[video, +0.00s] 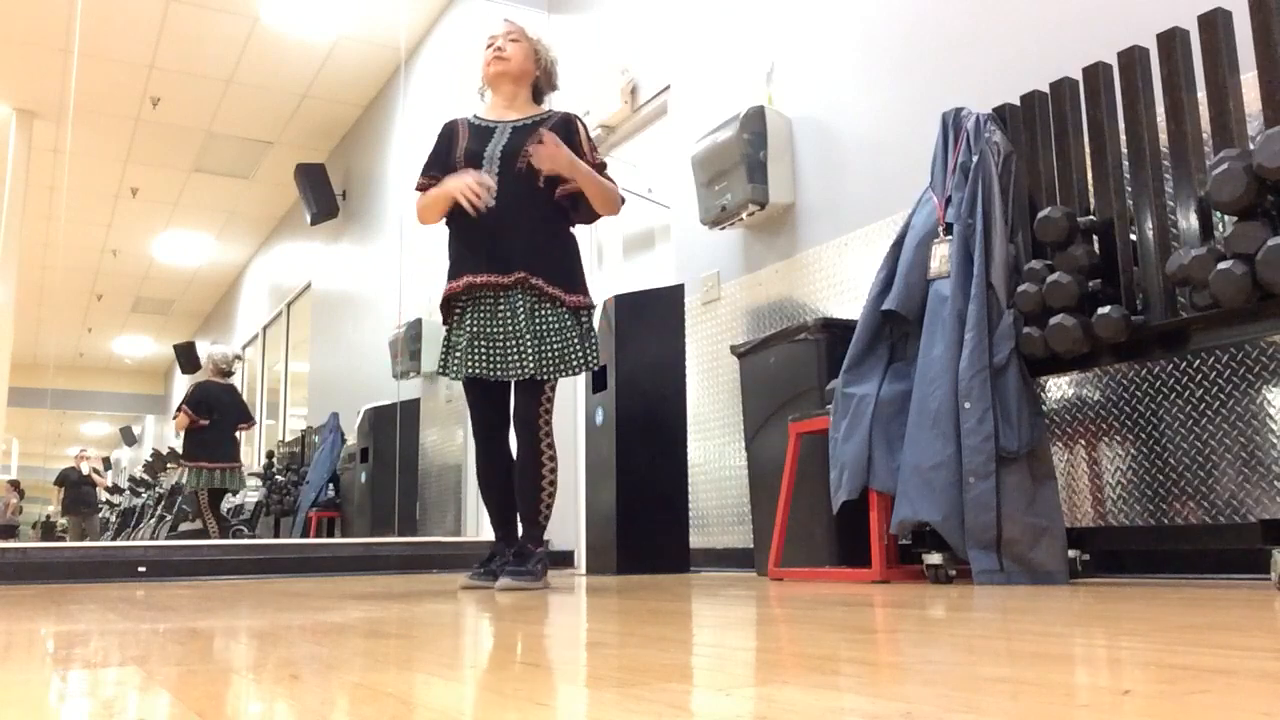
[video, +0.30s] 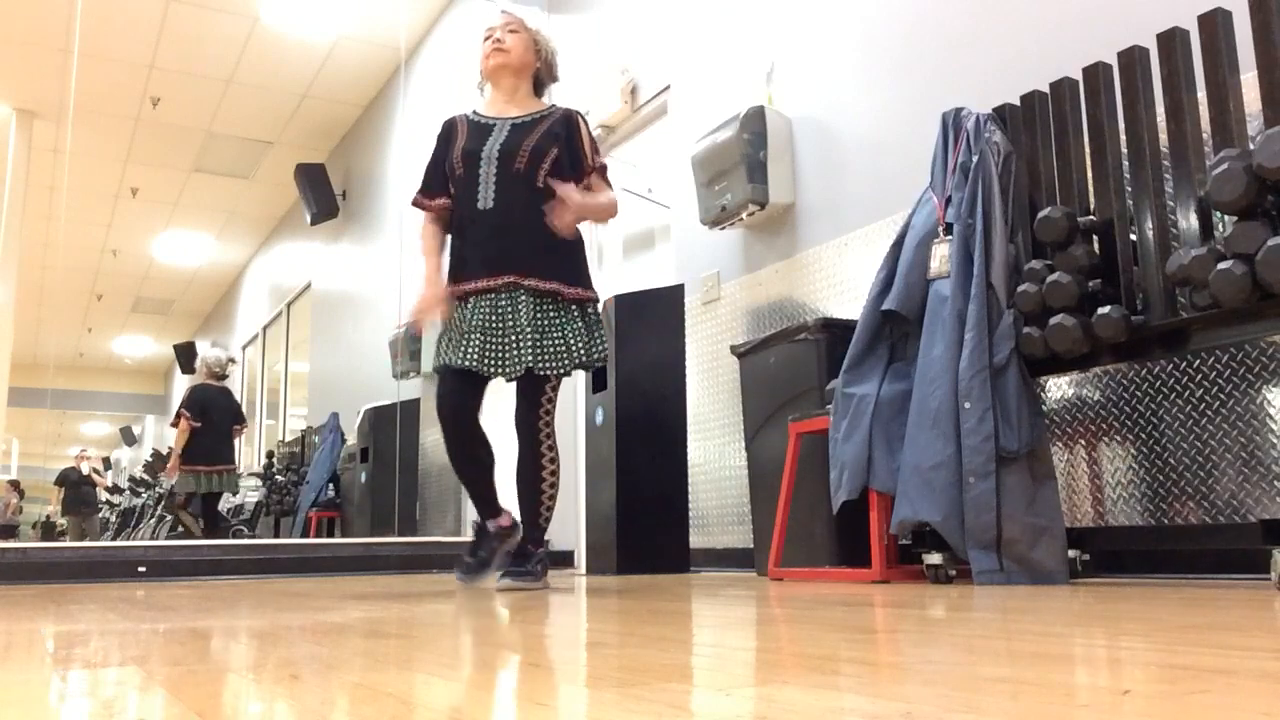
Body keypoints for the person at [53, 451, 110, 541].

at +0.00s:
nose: (84, 460)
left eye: (86, 458)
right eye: (81, 458)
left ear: (89, 460)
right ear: (76, 459)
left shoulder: (93, 471)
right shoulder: (67, 472)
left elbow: (103, 484)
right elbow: (58, 490)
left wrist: (91, 473)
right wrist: (56, 507)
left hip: (91, 512)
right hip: (73, 512)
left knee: (95, 540)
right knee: (74, 541)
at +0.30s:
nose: (84, 460)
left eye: (87, 458)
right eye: (82, 458)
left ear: (90, 460)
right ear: (76, 459)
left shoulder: (94, 471)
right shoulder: (67, 472)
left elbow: (103, 484)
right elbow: (58, 490)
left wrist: (91, 473)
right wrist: (54, 507)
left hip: (91, 512)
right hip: (73, 513)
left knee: (95, 540)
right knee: (74, 542)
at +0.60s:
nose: (85, 461)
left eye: (87, 458)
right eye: (82, 458)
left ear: (90, 460)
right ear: (76, 459)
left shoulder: (94, 471)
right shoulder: (67, 472)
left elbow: (103, 484)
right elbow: (58, 490)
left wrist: (91, 473)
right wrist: (56, 507)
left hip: (91, 512)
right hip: (73, 512)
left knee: (95, 539)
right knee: (74, 540)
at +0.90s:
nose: (85, 461)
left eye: (87, 458)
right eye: (82, 458)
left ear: (90, 460)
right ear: (76, 459)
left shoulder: (94, 471)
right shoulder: (67, 472)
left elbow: (103, 484)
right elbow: (58, 489)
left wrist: (92, 474)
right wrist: (56, 507)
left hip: (91, 512)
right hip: (73, 512)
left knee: (95, 539)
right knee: (74, 540)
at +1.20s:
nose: (85, 461)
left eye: (87, 458)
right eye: (82, 458)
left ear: (90, 459)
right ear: (76, 459)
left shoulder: (94, 471)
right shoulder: (67, 472)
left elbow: (103, 484)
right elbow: (58, 489)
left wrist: (91, 473)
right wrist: (55, 507)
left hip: (91, 512)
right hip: (73, 512)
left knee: (95, 539)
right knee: (74, 540)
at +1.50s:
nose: (85, 461)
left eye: (88, 458)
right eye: (83, 458)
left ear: (91, 460)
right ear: (77, 458)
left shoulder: (94, 471)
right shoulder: (68, 471)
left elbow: (103, 484)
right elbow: (58, 489)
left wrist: (91, 473)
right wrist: (55, 507)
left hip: (91, 512)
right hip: (73, 512)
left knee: (95, 538)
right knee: (74, 540)